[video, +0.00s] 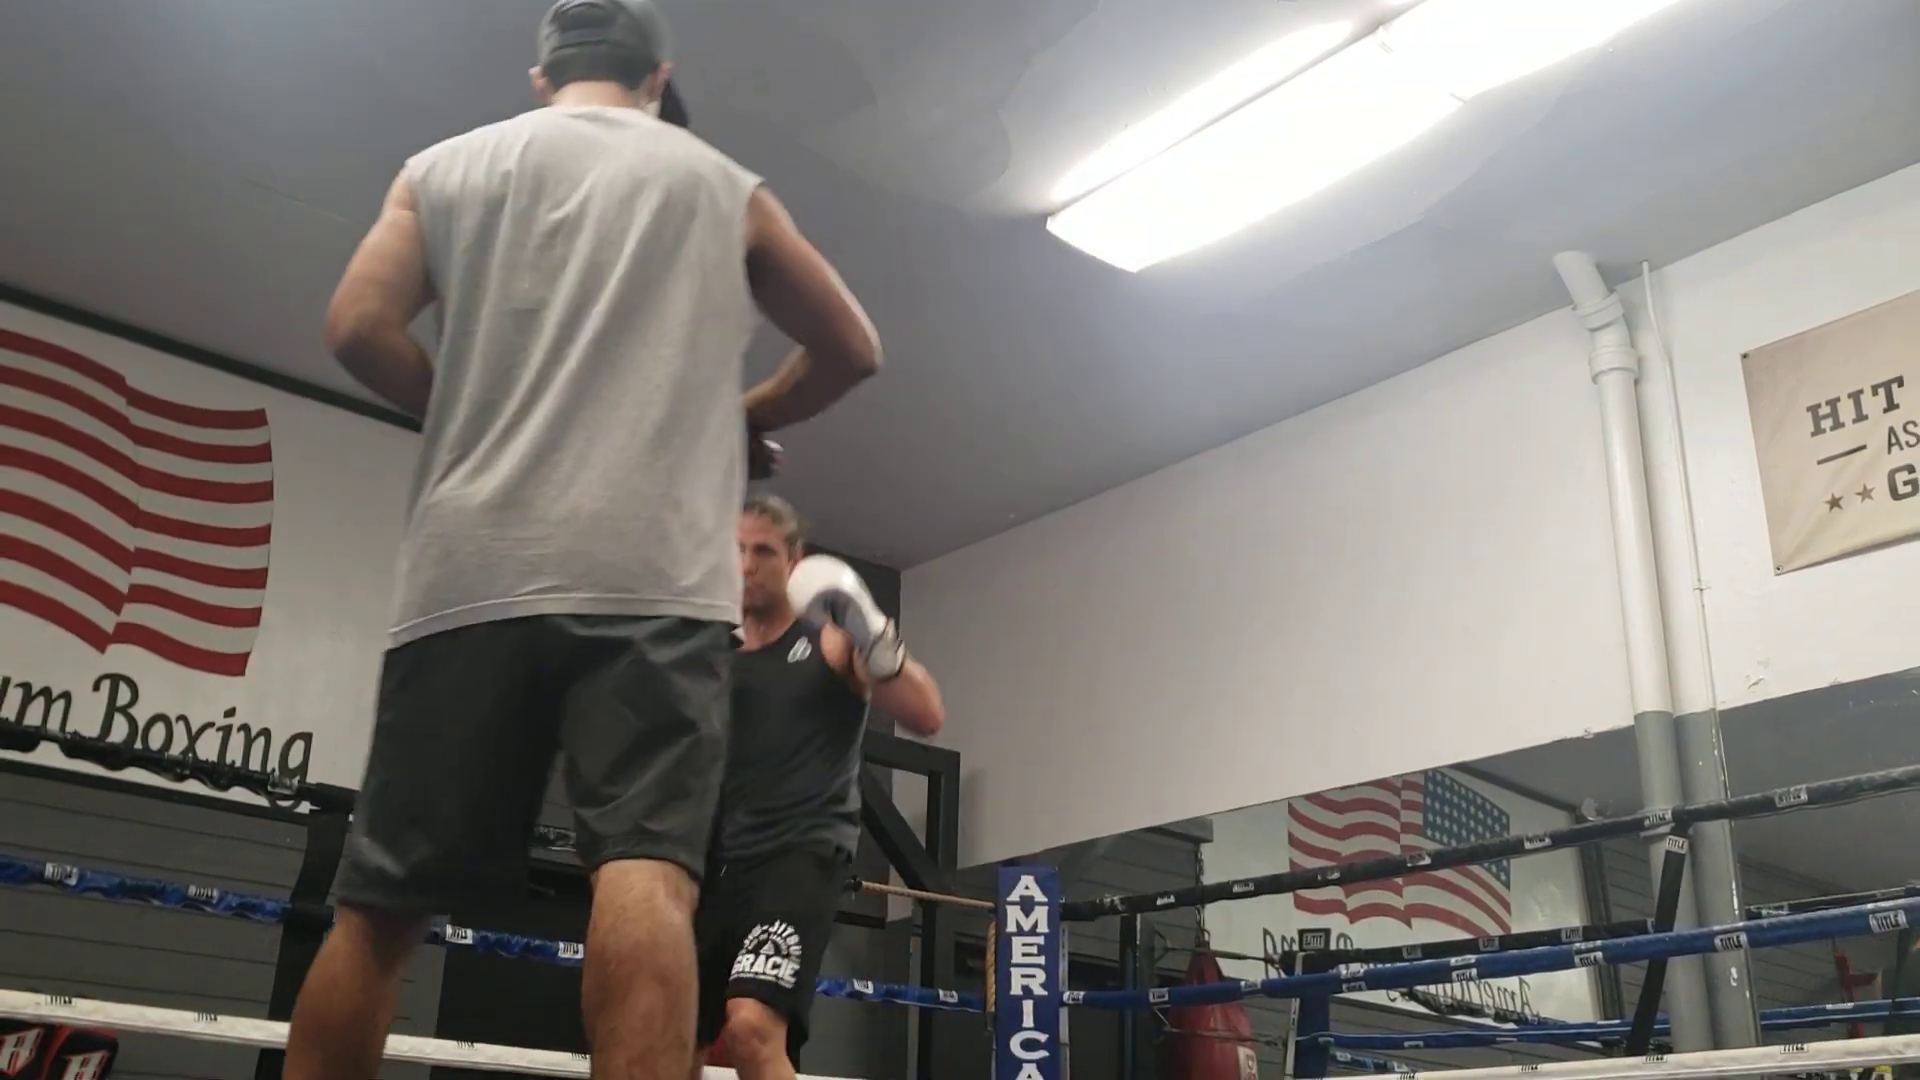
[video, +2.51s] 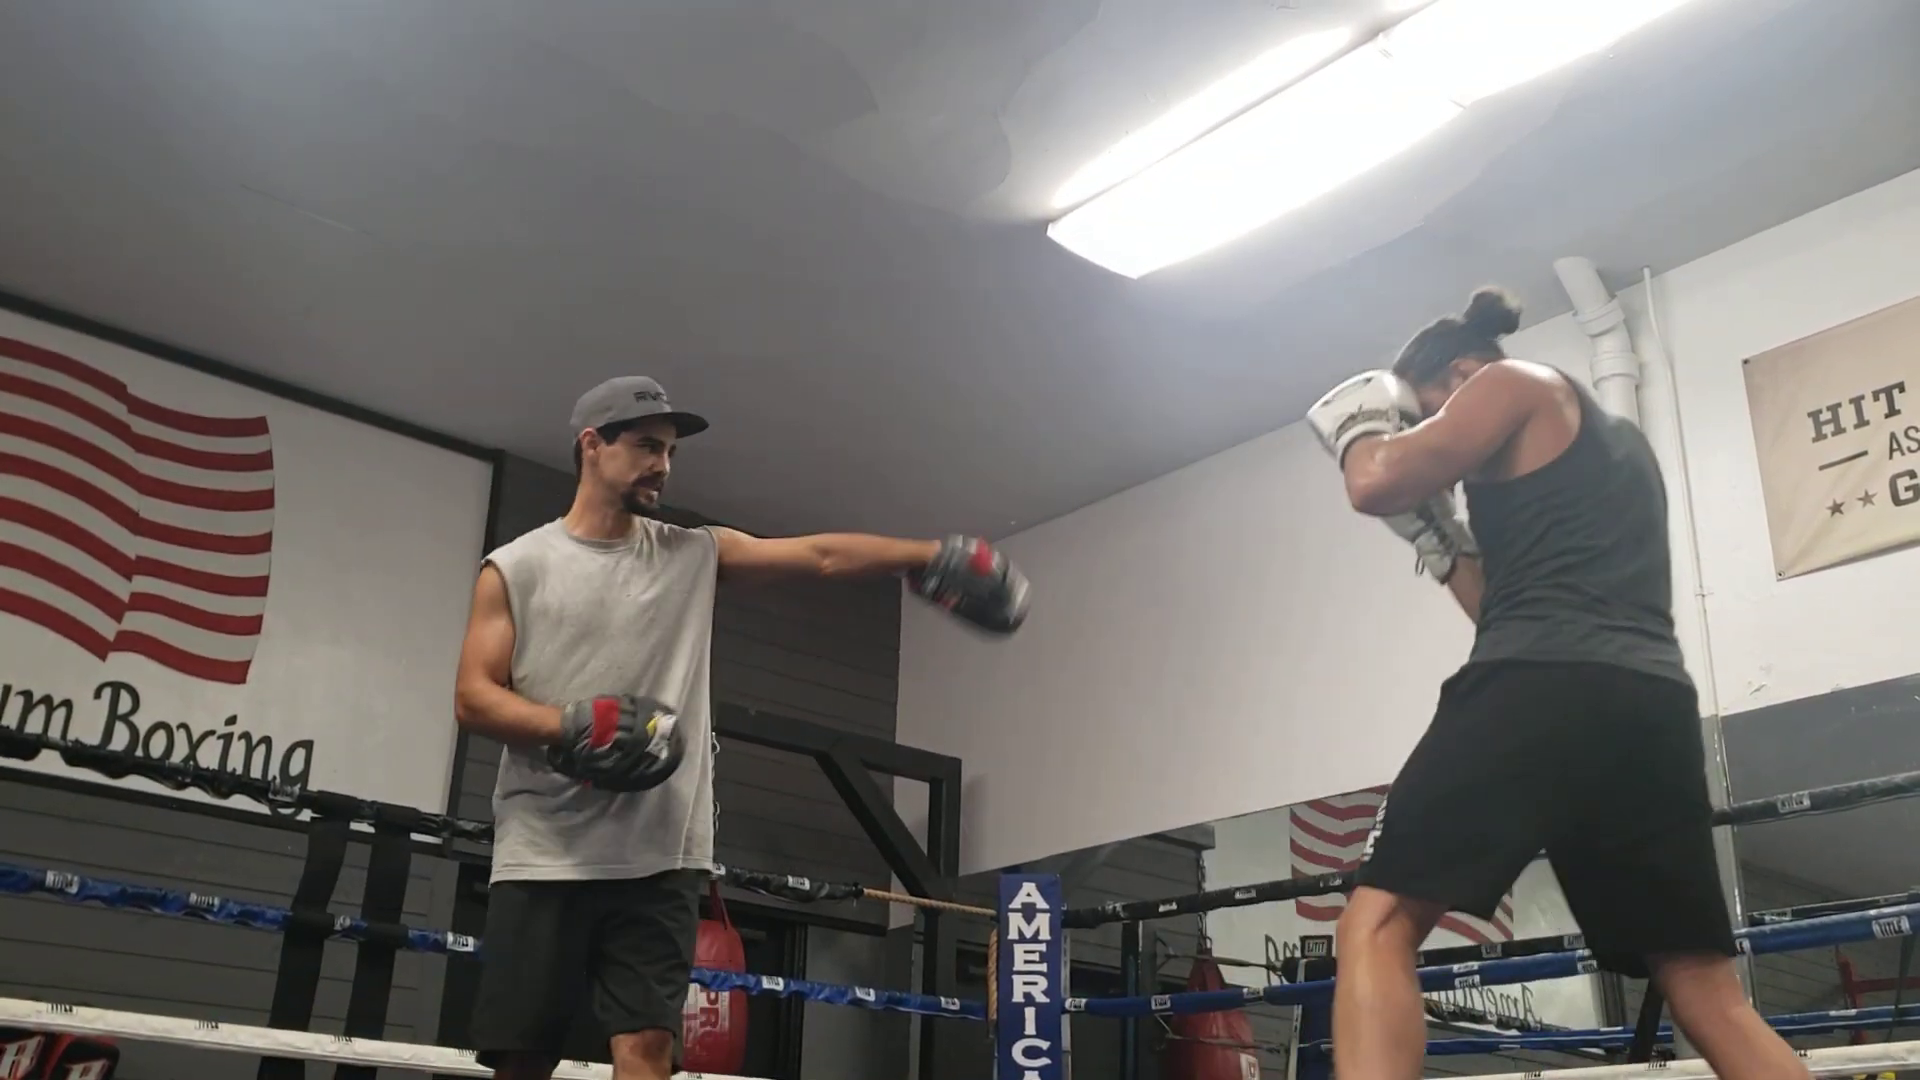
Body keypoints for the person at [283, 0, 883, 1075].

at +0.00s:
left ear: (537, 81)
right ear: (659, 83)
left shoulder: (442, 169)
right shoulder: (725, 184)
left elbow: (360, 325)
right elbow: (852, 347)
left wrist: (465, 411)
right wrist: (746, 419)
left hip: (466, 568)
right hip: (661, 578)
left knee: (378, 906)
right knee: (645, 873)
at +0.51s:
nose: (545, 203)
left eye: (546, 190)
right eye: (546, 186)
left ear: (424, 161)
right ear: (517, 163)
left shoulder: (308, 245)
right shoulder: (560, 249)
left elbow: (217, 391)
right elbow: (675, 399)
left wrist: (322, 455)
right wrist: (728, 544)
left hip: (326, 617)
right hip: (498, 626)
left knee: (311, 906)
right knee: (473, 927)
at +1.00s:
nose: (622, 264)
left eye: (629, 240)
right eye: (623, 232)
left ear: (522, 207)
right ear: (581, 204)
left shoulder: (396, 323)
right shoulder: (573, 305)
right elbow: (585, 457)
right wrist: (624, 636)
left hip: (355, 688)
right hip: (480, 686)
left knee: (316, 961)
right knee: (425, 966)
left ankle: (231, 1071)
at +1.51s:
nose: (673, 316)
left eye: (678, 298)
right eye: (667, 289)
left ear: (619, 277)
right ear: (617, 268)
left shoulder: (589, 399)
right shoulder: (553, 352)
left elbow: (630, 562)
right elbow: (541, 476)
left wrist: (723, 492)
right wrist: (667, 601)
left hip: (590, 729)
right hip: (538, 718)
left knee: (615, 985)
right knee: (478, 968)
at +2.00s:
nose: (765, 398)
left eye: (772, 384)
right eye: (754, 373)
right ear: (697, 361)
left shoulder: (747, 512)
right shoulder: (606, 453)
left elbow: (810, 604)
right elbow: (533, 560)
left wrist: (891, 544)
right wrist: (657, 625)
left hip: (693, 800)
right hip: (592, 775)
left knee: (649, 1031)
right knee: (531, 997)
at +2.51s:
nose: (662, 464)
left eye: (668, 450)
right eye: (646, 445)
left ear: (669, 459)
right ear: (590, 446)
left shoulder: (693, 550)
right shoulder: (515, 569)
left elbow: (821, 555)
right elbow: (475, 696)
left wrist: (943, 556)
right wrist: (568, 727)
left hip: (662, 850)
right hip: (544, 853)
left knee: (648, 1048)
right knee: (520, 1060)